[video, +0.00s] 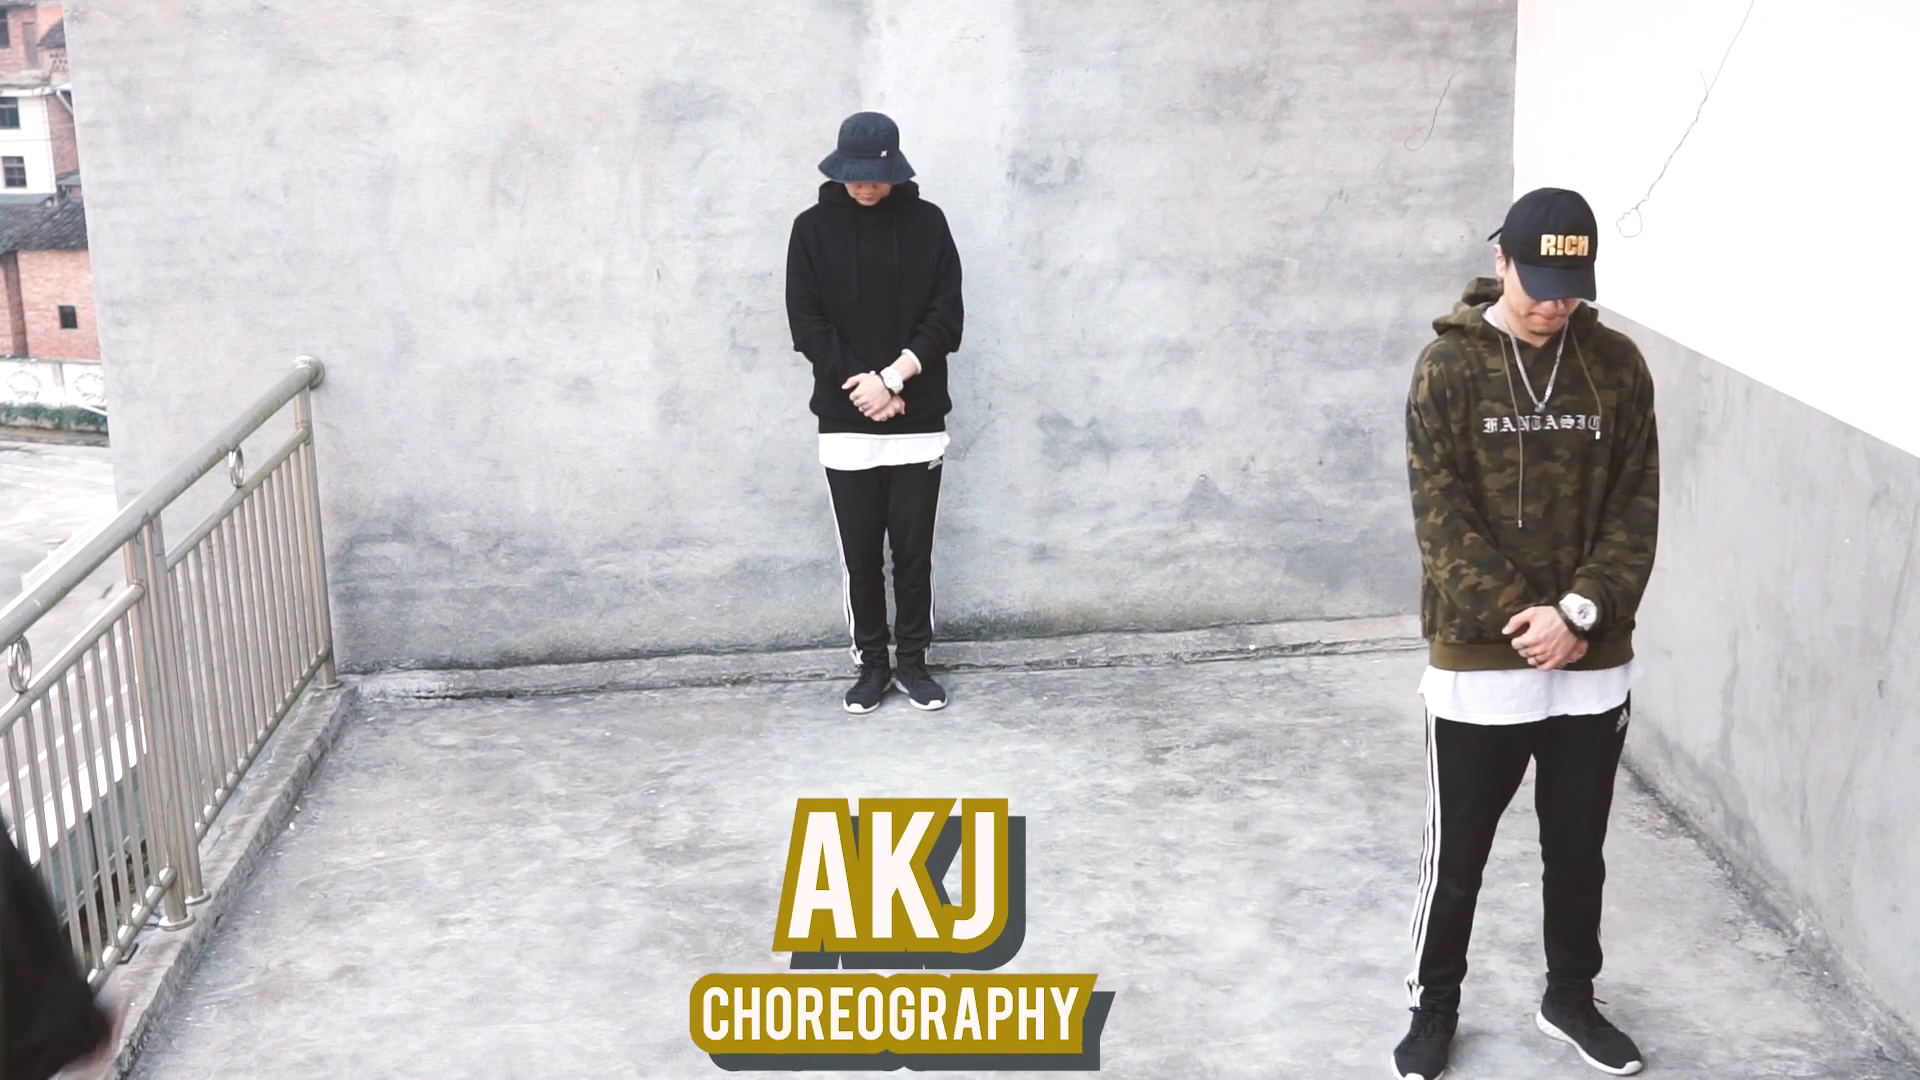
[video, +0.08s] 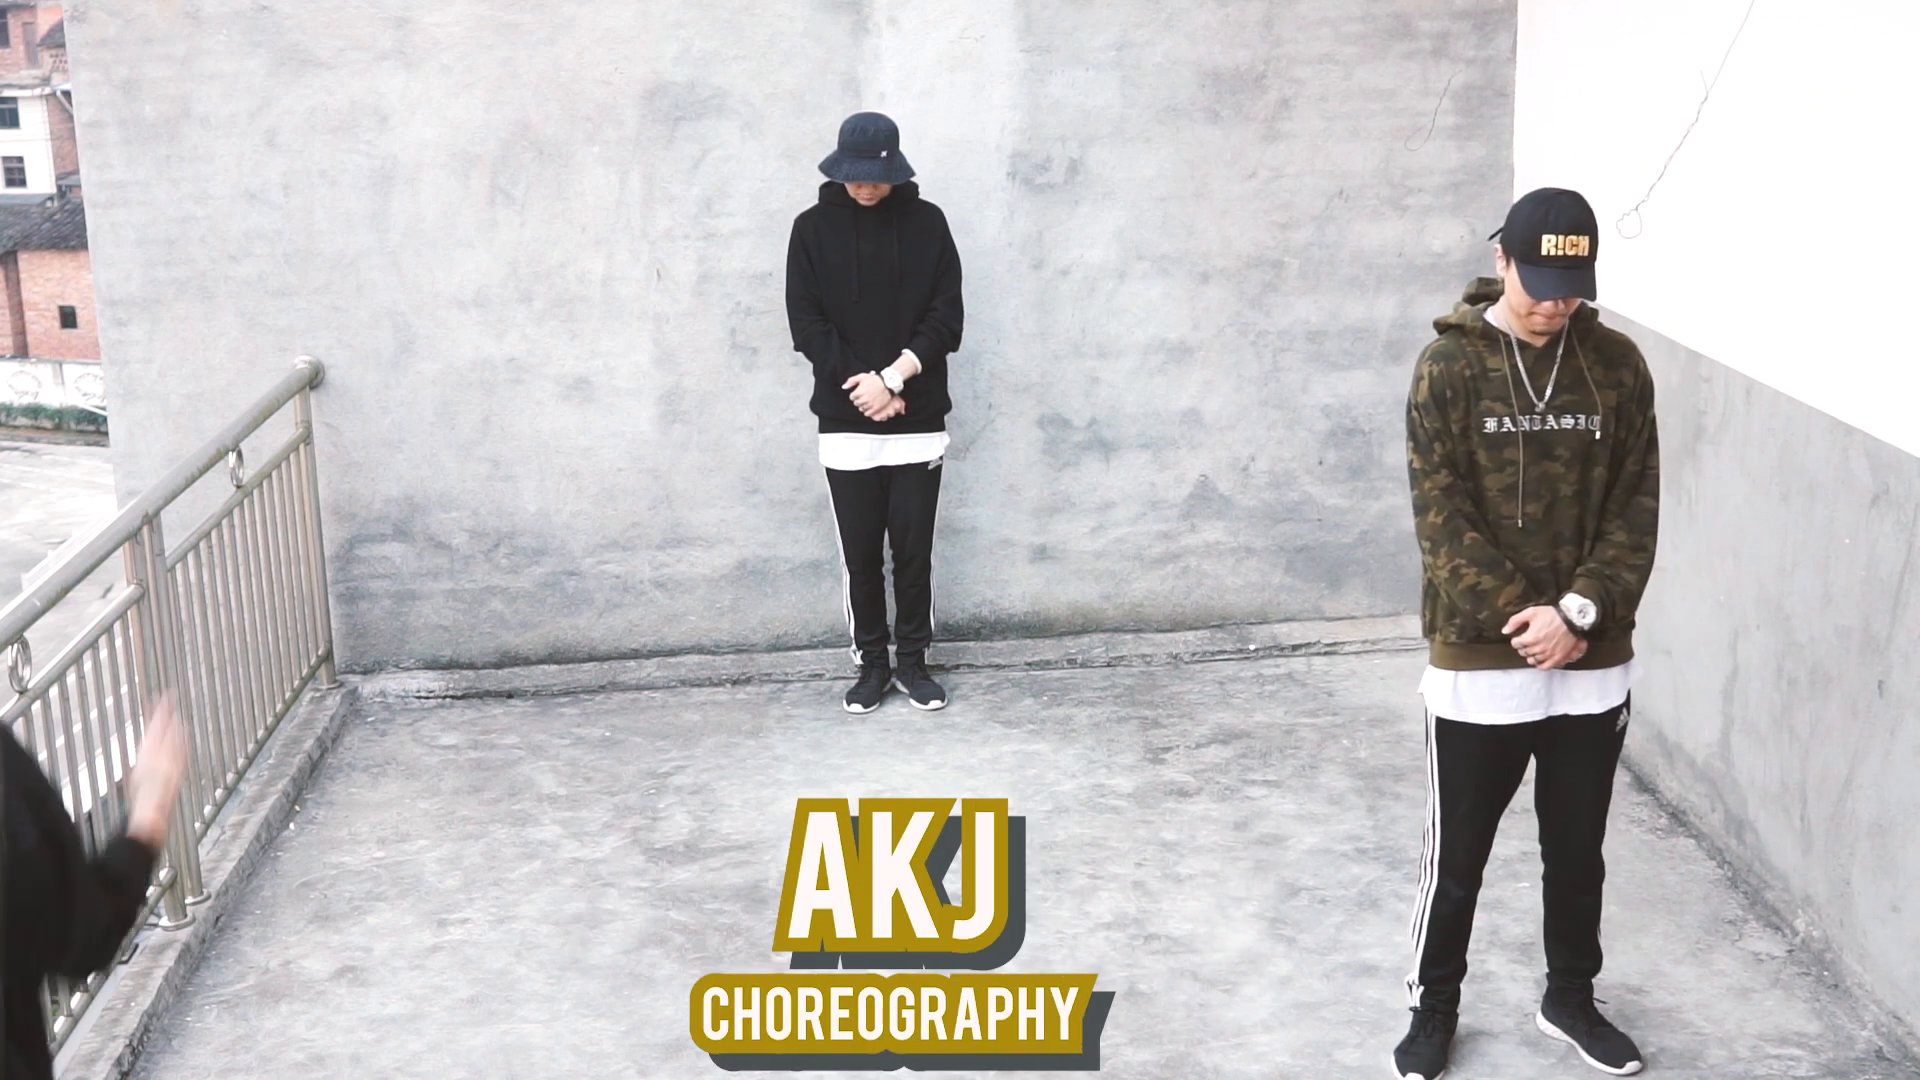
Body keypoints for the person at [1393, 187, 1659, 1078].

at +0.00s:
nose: (1560, 304)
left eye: (1575, 286)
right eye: (1543, 285)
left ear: (1594, 274)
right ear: (1503, 262)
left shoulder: (1619, 365)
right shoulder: (1450, 364)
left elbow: (1637, 510)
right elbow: (1440, 517)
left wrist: (1584, 613)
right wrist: (1528, 621)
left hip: (1592, 662)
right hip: (1478, 663)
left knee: (1579, 851)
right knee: (1457, 854)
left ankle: (1571, 997)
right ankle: (1433, 1008)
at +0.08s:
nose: (1560, 304)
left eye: (1575, 286)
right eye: (1543, 284)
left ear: (1595, 274)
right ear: (1503, 261)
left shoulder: (1619, 365)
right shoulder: (1450, 363)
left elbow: (1637, 510)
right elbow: (1440, 516)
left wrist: (1582, 611)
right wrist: (1528, 621)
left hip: (1592, 662)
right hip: (1478, 663)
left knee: (1579, 852)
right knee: (1457, 856)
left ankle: (1571, 997)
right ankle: (1433, 1009)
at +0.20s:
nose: (1560, 304)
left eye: (1575, 286)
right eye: (1543, 285)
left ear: (1595, 273)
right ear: (1503, 261)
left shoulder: (1619, 364)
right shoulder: (1450, 361)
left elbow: (1636, 509)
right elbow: (1441, 515)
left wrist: (1581, 610)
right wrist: (1529, 621)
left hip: (1592, 660)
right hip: (1477, 662)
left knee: (1579, 852)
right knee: (1457, 857)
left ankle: (1571, 997)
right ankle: (1433, 1009)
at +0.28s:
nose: (1558, 305)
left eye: (1574, 288)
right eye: (1542, 286)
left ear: (1594, 273)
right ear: (1502, 261)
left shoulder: (1618, 364)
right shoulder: (1449, 361)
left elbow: (1635, 509)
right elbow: (1439, 516)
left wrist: (1579, 610)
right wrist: (1528, 621)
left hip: (1591, 660)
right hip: (1476, 662)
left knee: (1579, 852)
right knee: (1456, 856)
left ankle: (1571, 997)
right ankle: (1433, 1009)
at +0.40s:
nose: (1557, 305)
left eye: (1573, 287)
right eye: (1540, 285)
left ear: (1592, 273)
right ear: (1501, 261)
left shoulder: (1617, 364)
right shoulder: (1448, 360)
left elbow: (1634, 508)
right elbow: (1437, 513)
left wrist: (1577, 609)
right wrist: (1525, 620)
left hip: (1590, 659)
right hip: (1475, 660)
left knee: (1577, 851)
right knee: (1456, 854)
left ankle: (1571, 997)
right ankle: (1433, 1007)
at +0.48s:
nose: (1556, 303)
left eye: (1571, 286)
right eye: (1540, 284)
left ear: (1591, 274)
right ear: (1500, 261)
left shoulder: (1616, 363)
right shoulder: (1447, 360)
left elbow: (1633, 508)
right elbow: (1436, 512)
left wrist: (1578, 611)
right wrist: (1523, 619)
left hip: (1589, 658)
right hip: (1474, 659)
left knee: (1577, 851)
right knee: (1455, 854)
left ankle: (1571, 998)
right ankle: (1433, 1007)